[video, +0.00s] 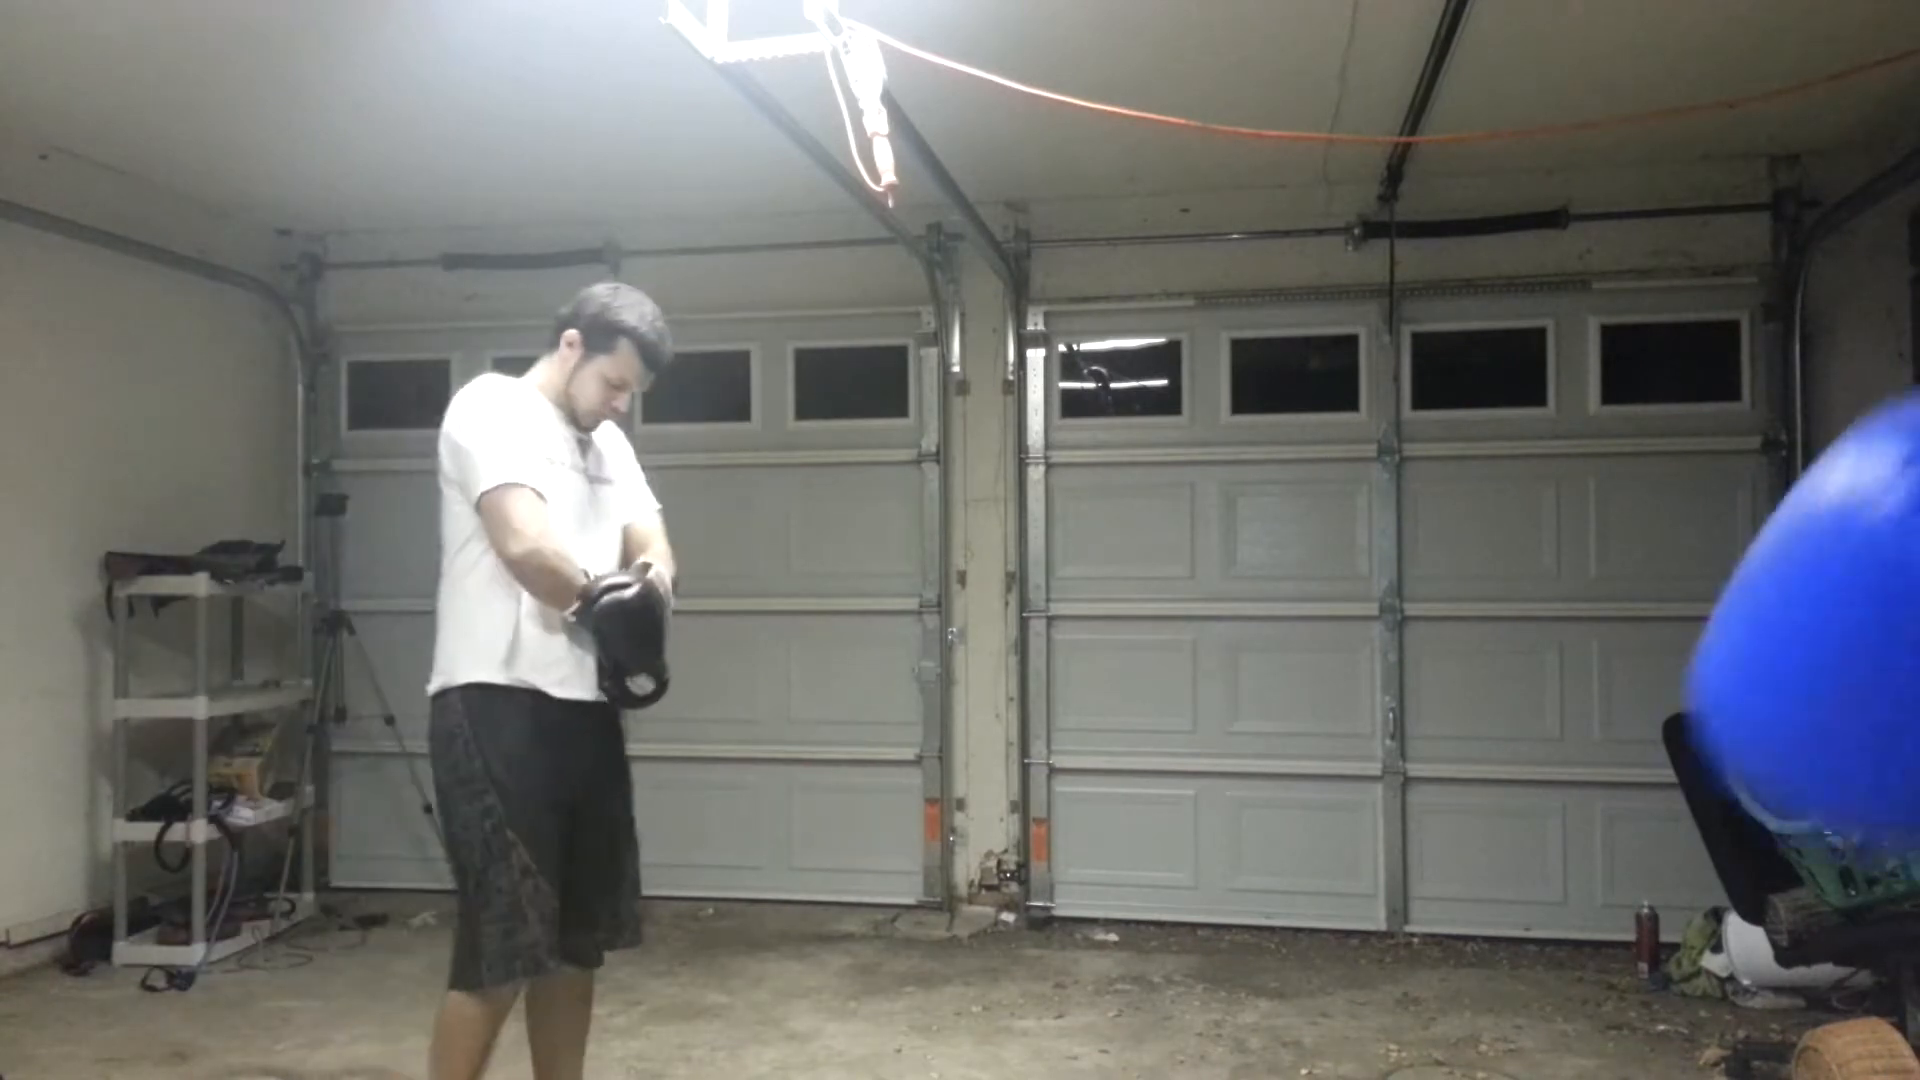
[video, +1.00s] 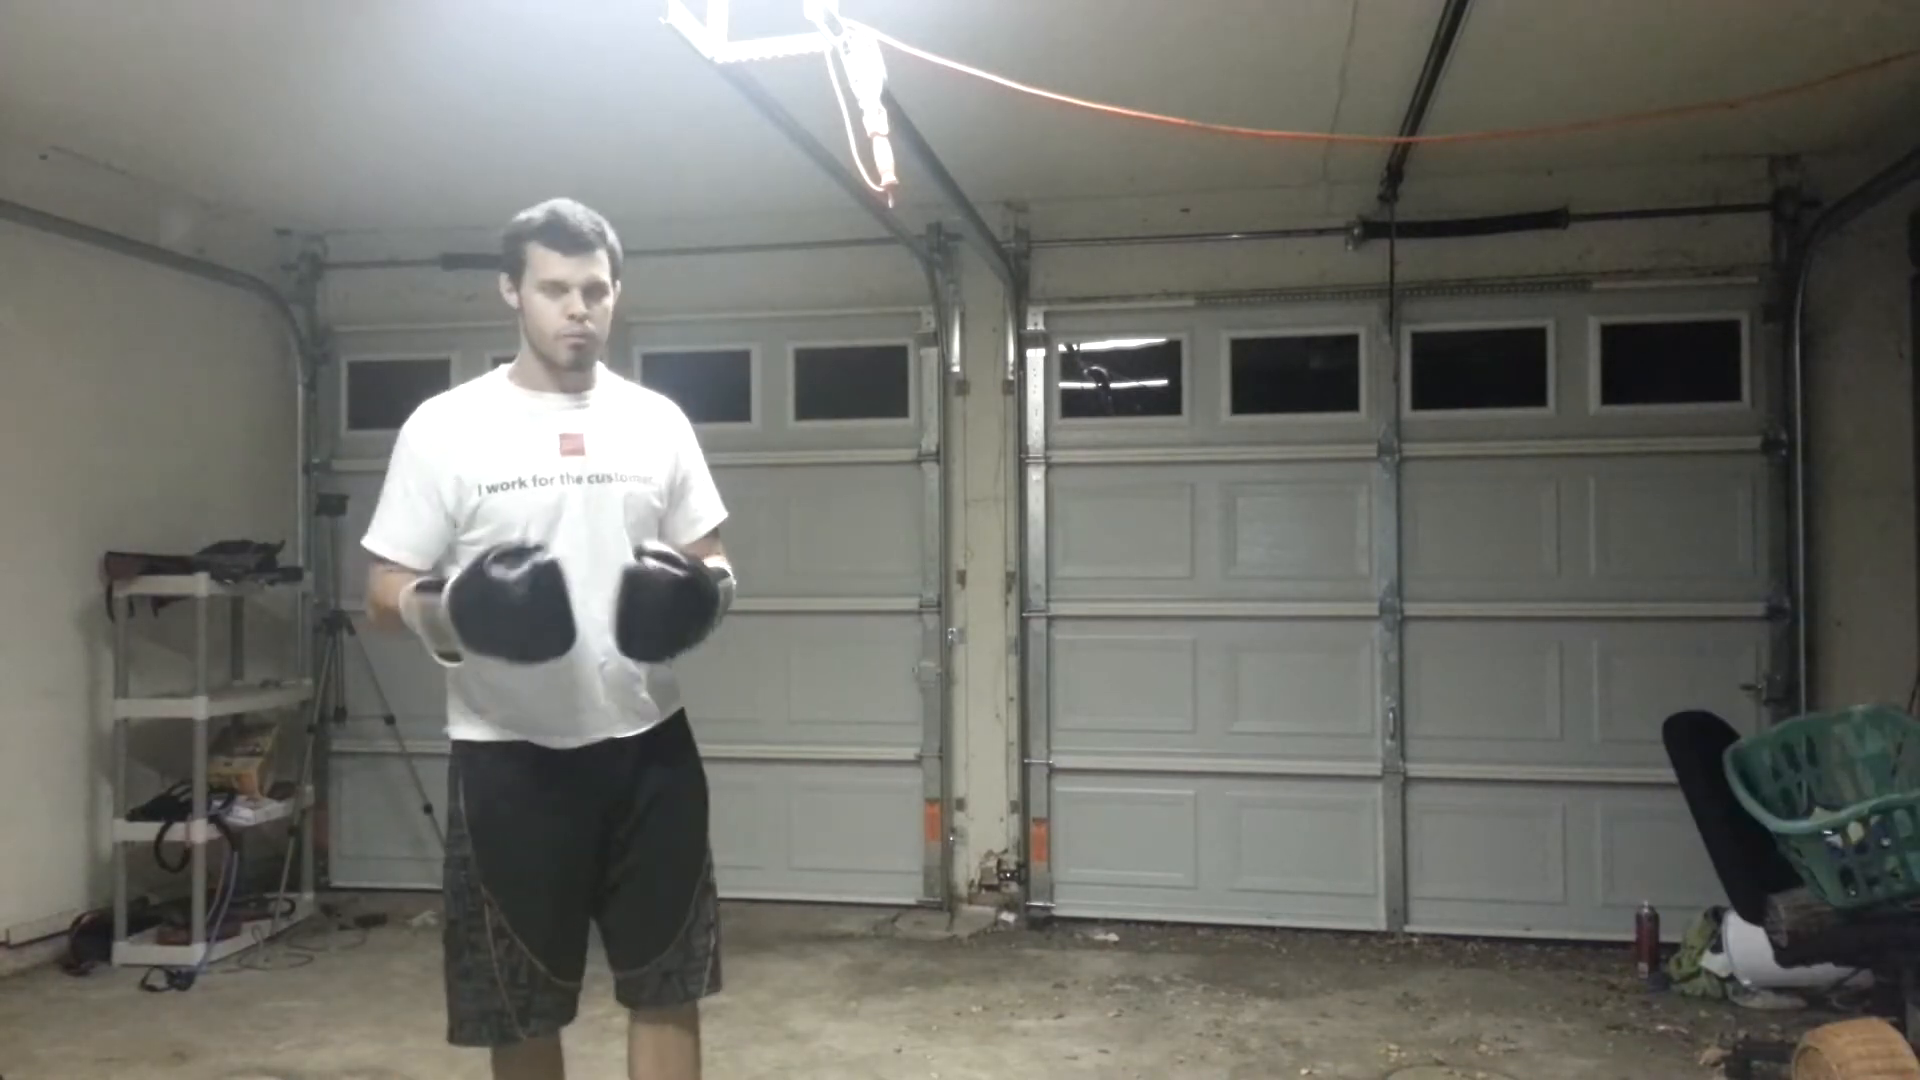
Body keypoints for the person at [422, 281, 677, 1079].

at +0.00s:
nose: (620, 407)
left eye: (632, 394)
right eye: (614, 384)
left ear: (635, 384)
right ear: (569, 347)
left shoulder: (610, 442)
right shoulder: (489, 405)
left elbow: (653, 551)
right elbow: (523, 546)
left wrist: (644, 589)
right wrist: (599, 605)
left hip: (584, 706)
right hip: (491, 701)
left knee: (575, 940)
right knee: (505, 933)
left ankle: (561, 1078)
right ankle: (450, 1070)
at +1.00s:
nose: (580, 311)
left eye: (596, 291)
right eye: (558, 290)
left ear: (617, 298)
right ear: (513, 296)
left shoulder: (658, 420)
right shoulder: (443, 427)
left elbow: (714, 563)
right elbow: (387, 591)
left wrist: (699, 591)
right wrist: (450, 611)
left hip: (647, 748)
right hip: (512, 757)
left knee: (667, 1001)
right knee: (522, 1021)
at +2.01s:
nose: (603, 321)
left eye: (621, 302)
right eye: (582, 295)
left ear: (638, 303)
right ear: (521, 283)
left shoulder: (647, 406)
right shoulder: (432, 395)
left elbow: (731, 568)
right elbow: (445, 550)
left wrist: (712, 414)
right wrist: (509, 388)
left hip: (631, 777)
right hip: (468, 777)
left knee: (678, 1049)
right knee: (461, 1053)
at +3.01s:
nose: (597, 327)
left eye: (609, 305)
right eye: (576, 299)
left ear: (615, 295)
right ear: (495, 281)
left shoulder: (622, 402)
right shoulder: (378, 393)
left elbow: (769, 465)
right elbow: (403, 569)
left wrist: (921, 474)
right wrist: (497, 409)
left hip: (589, 793)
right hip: (415, 793)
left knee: (621, 1058)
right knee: (391, 1060)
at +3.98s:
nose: (580, 251)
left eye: (577, 225)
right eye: (567, 219)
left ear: (487, 216)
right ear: (494, 209)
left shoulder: (423, 343)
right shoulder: (474, 337)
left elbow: (534, 558)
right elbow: (634, 520)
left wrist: (697, 600)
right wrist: (769, 547)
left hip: (392, 770)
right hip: (440, 776)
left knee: (377, 1060)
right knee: (485, 1053)